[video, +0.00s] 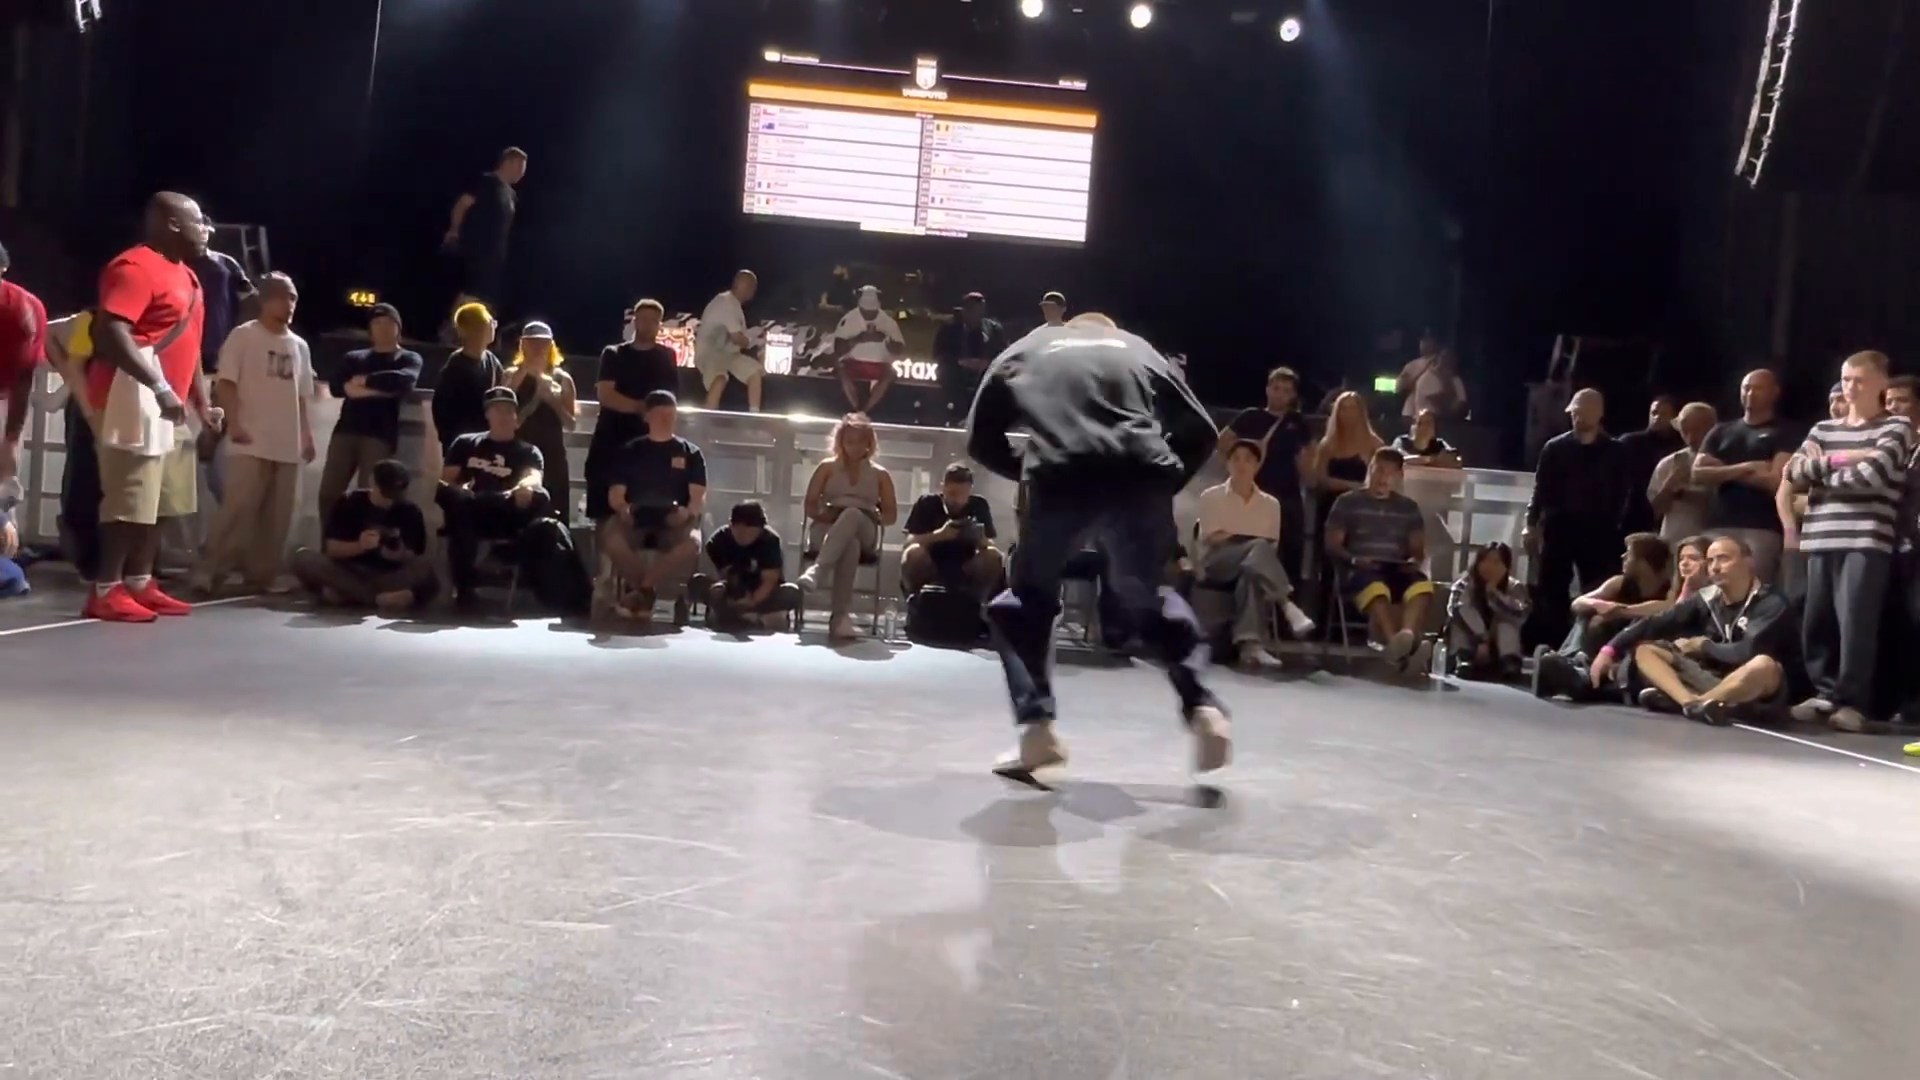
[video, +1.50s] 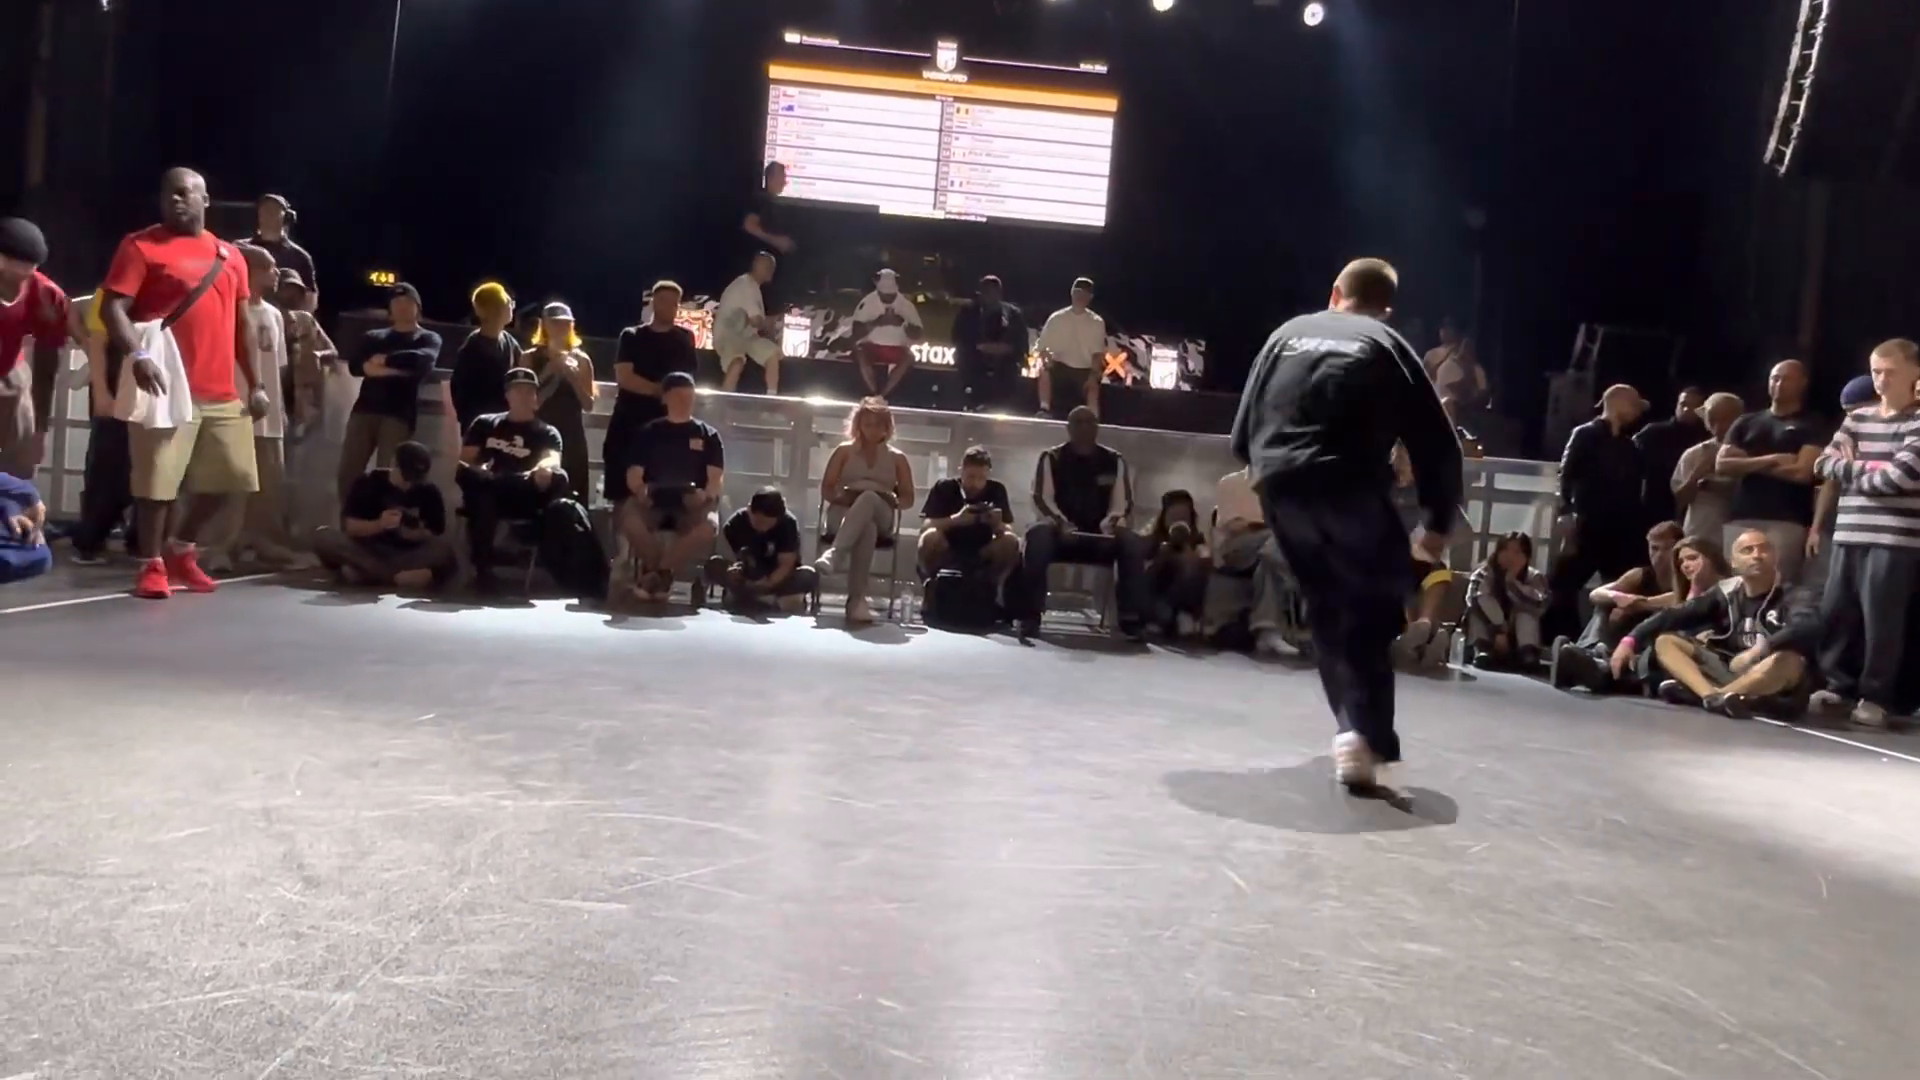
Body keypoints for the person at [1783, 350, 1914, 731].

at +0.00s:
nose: (1848, 388)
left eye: (1858, 381)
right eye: (1845, 381)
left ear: (1880, 386)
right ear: (1840, 385)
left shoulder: (1895, 428)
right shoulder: (1823, 429)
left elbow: (1872, 475)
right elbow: (1793, 472)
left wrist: (1820, 474)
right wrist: (1840, 459)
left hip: (1864, 537)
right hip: (1817, 538)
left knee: (1855, 621)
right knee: (1815, 619)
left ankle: (1853, 703)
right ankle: (1824, 692)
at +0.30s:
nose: (1854, 387)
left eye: (1862, 381)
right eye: (1851, 380)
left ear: (1886, 383)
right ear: (1847, 383)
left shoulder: (1899, 426)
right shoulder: (1830, 427)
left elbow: (1871, 471)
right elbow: (1792, 462)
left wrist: (1825, 469)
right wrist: (1841, 457)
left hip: (1866, 535)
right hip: (1820, 535)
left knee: (1856, 619)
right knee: (1817, 618)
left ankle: (1857, 701)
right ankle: (1827, 693)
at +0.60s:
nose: (1864, 382)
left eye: (1872, 375)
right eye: (1861, 375)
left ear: (1896, 379)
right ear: (1857, 379)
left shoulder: (1907, 423)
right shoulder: (1842, 420)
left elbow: (1876, 469)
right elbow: (1803, 458)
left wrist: (1834, 465)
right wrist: (1848, 453)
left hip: (1873, 535)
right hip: (1827, 532)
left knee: (1863, 617)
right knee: (1822, 614)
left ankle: (1865, 699)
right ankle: (1833, 688)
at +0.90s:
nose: (1871, 380)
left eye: (1880, 373)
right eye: (1868, 373)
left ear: (1908, 377)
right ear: (1865, 376)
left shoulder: (1913, 422)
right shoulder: (1851, 417)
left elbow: (1883, 472)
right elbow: (1813, 456)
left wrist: (1843, 469)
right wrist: (1855, 459)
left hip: (1885, 538)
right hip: (1838, 534)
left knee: (1872, 618)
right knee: (1831, 610)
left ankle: (1868, 697)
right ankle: (1838, 687)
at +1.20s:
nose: (1876, 383)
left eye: (1885, 375)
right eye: (1873, 375)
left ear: (1915, 380)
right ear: (1870, 378)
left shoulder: (1918, 425)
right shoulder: (1860, 415)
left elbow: (1894, 475)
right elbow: (1826, 458)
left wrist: (1850, 464)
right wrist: (1870, 465)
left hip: (1894, 543)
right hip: (1847, 536)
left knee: (1881, 626)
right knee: (1833, 612)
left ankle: (1874, 699)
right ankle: (1840, 687)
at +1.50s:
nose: (1878, 380)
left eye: (1887, 373)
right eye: (1875, 373)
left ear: (1915, 377)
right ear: (1871, 375)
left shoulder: (1918, 424)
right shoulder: (1857, 418)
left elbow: (1898, 479)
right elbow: (1824, 464)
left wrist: (1847, 470)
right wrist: (1866, 469)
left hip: (1894, 541)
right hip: (1847, 536)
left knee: (1881, 623)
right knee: (1835, 612)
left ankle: (1876, 699)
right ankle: (1838, 687)